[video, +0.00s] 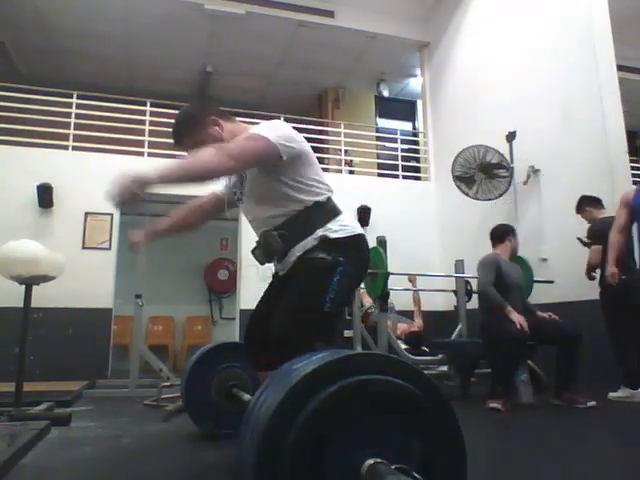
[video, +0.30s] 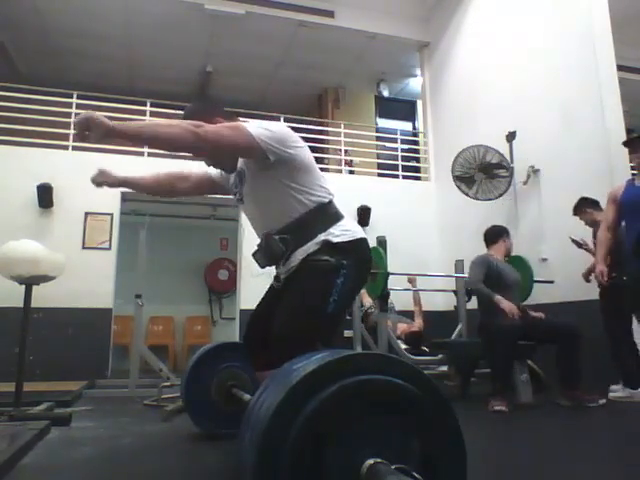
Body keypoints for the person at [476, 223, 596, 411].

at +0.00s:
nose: (517, 245)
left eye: (516, 240)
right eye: (515, 240)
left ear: (499, 241)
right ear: (509, 240)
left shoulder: (514, 267)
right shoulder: (489, 260)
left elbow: (519, 300)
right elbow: (485, 287)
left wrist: (537, 314)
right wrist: (510, 312)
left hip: (522, 320)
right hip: (497, 320)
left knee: (568, 333)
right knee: (513, 337)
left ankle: (564, 392)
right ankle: (497, 396)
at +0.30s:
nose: (511, 245)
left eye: (510, 241)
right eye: (510, 241)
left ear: (492, 242)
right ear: (503, 241)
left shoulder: (507, 267)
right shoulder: (482, 260)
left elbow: (508, 301)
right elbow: (473, 284)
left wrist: (527, 313)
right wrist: (500, 300)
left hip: (518, 322)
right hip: (495, 323)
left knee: (568, 332)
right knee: (503, 337)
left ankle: (571, 391)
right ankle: (500, 396)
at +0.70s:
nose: (517, 243)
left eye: (517, 239)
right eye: (514, 238)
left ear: (505, 239)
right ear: (500, 239)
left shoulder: (514, 265)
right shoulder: (478, 262)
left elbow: (525, 293)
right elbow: (459, 286)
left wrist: (551, 302)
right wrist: (461, 298)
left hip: (520, 315)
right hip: (494, 316)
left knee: (569, 329)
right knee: (507, 334)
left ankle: (573, 393)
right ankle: (502, 397)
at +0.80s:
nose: (518, 242)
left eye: (518, 238)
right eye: (514, 238)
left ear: (505, 239)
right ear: (501, 238)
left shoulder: (515, 264)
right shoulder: (478, 262)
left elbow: (528, 291)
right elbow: (459, 288)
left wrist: (555, 301)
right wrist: (464, 304)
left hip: (519, 315)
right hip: (493, 316)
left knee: (568, 329)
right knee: (508, 333)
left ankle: (572, 392)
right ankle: (501, 397)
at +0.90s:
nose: (519, 242)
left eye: (519, 238)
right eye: (515, 238)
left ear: (505, 239)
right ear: (502, 238)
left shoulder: (517, 264)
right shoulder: (479, 262)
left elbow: (528, 291)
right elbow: (461, 287)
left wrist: (553, 302)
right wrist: (460, 308)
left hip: (521, 317)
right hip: (493, 317)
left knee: (569, 328)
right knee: (508, 333)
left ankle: (572, 392)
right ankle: (501, 397)